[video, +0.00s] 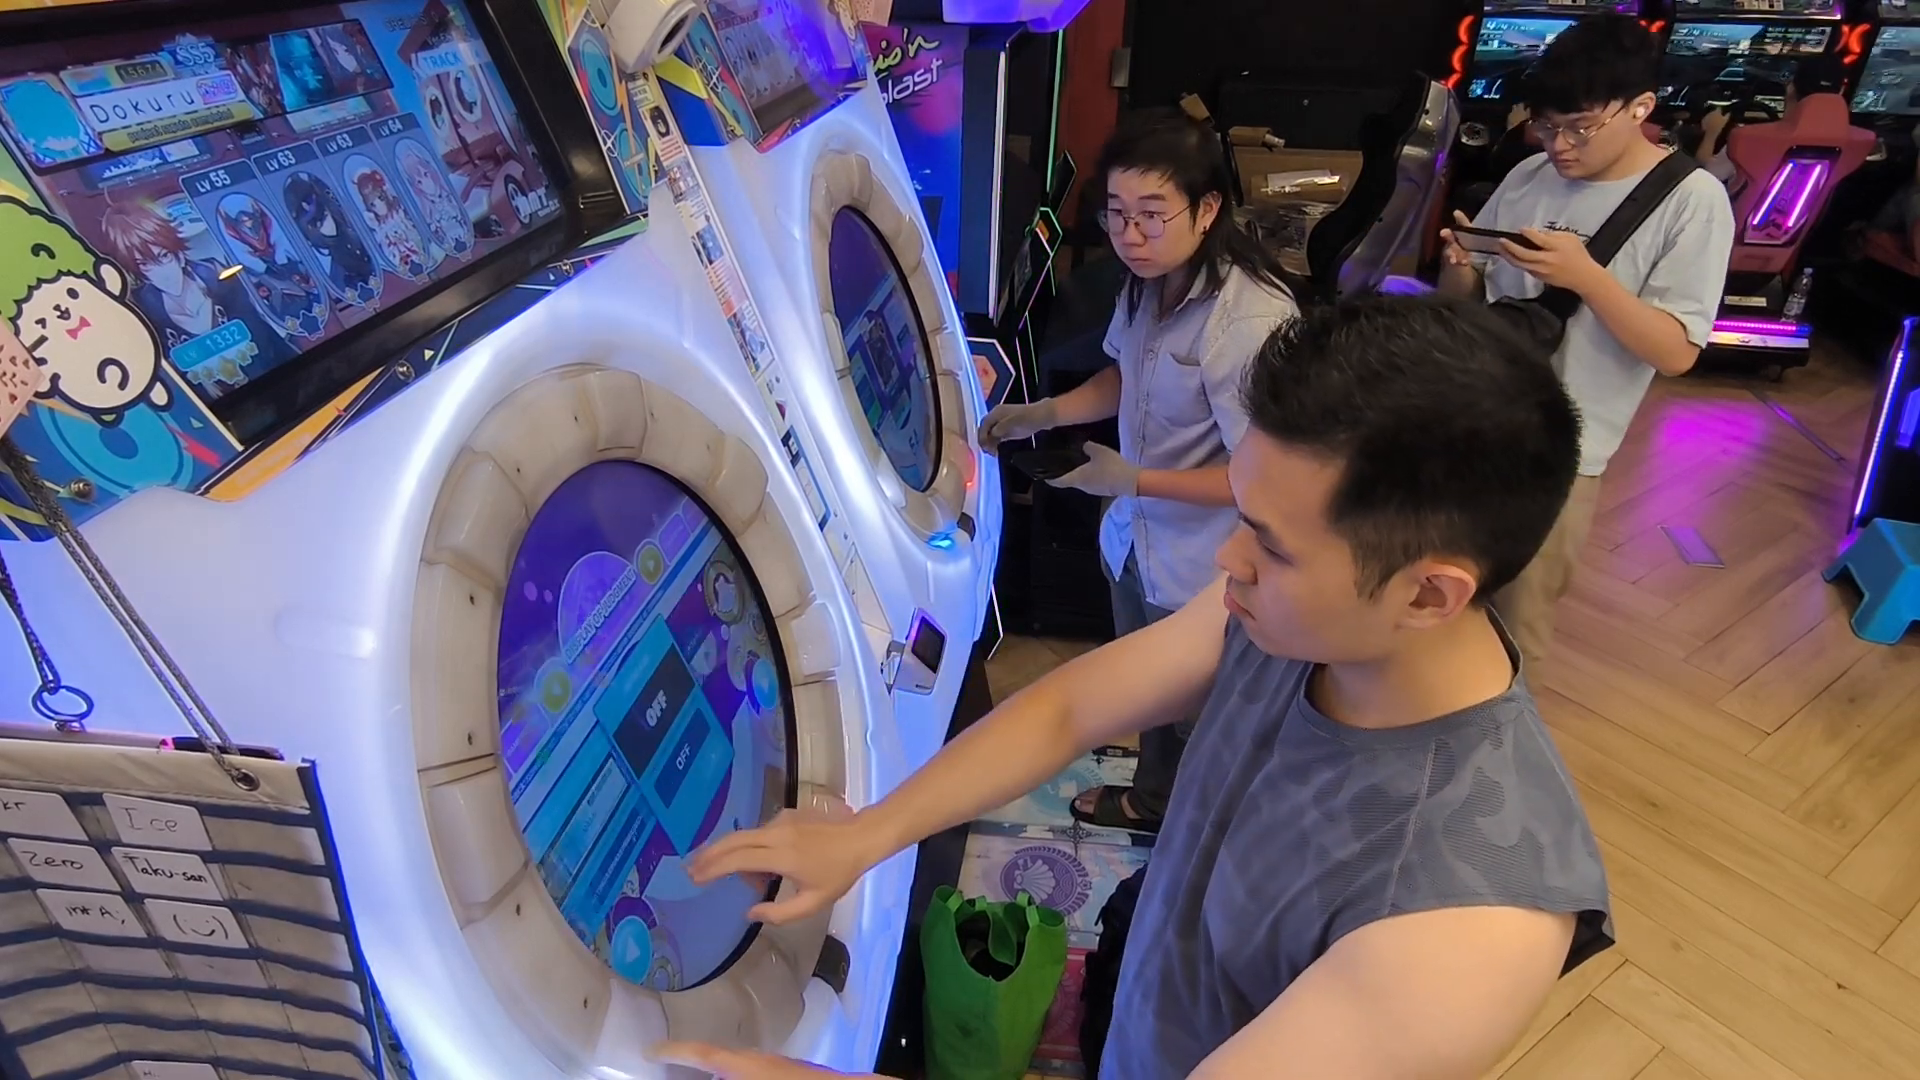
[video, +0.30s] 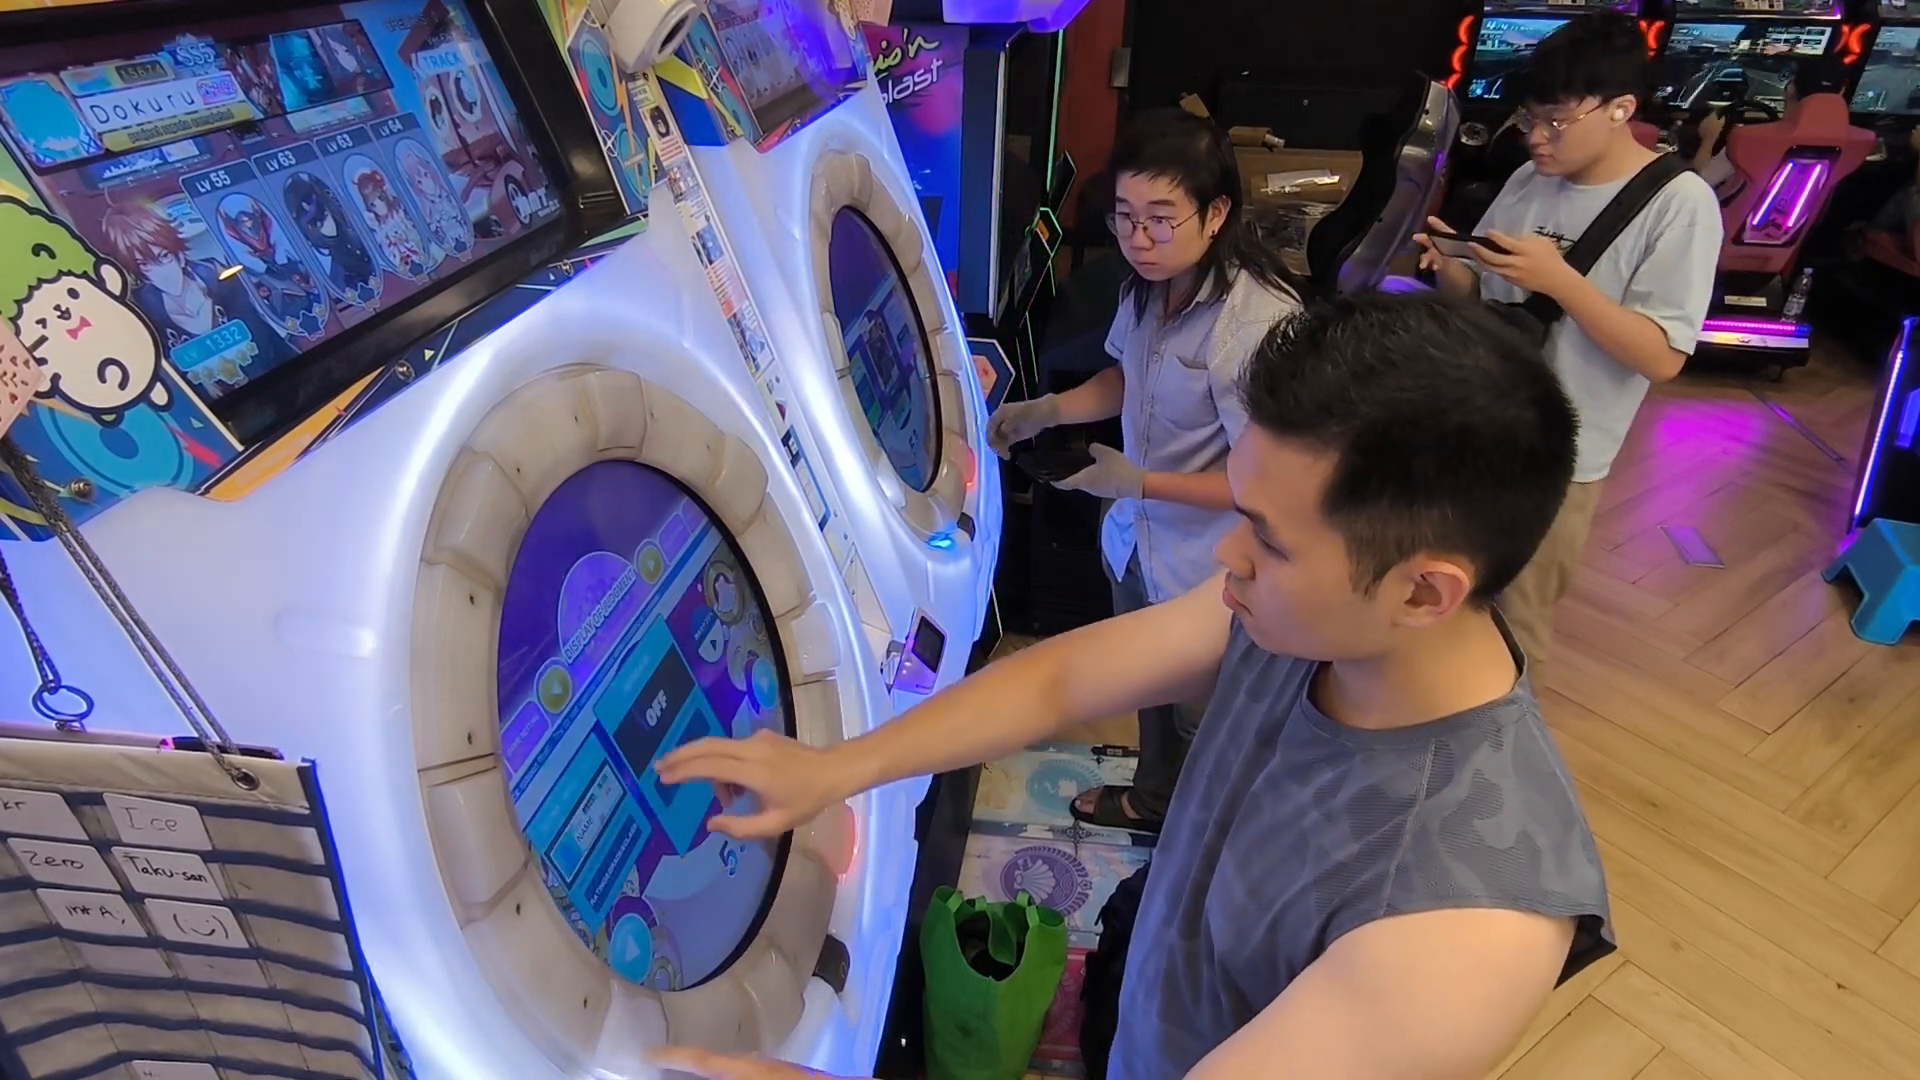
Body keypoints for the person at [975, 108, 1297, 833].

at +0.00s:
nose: (1130, 233)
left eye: (1152, 214)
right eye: (1117, 212)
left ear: (1207, 212)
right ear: (1105, 209)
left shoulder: (1247, 324)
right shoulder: (1145, 284)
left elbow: (1259, 481)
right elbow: (1124, 379)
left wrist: (1134, 479)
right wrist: (1043, 414)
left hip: (1202, 567)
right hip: (1135, 534)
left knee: (1187, 706)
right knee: (1145, 684)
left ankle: (1173, 817)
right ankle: (1151, 789)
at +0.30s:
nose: (1137, 236)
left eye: (1161, 218)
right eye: (1125, 214)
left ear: (1216, 216)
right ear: (1113, 208)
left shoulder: (1256, 328)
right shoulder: (1148, 288)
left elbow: (1256, 485)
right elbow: (1126, 379)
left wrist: (1141, 482)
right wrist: (1049, 411)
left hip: (1210, 567)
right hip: (1140, 534)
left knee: (1199, 705)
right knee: (1148, 681)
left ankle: (1198, 820)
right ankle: (1154, 792)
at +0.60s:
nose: (1128, 268)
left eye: (1143, 254)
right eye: (1119, 251)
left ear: (1204, 233)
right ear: (1109, 228)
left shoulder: (1262, 331)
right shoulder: (1155, 286)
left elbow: (1266, 488)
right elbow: (1133, 383)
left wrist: (1142, 471)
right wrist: (1090, 405)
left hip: (1211, 557)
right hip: (1148, 530)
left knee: (1197, 702)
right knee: (1153, 678)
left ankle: (1197, 829)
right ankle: (1152, 794)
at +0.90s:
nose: (1128, 283)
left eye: (1138, 271)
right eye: (1120, 270)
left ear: (1195, 248)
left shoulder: (1261, 332)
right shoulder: (1163, 291)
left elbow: (1267, 489)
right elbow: (1148, 387)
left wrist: (1142, 467)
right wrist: (1093, 403)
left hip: (1219, 547)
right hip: (1155, 526)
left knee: (1206, 690)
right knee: (1154, 669)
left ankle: (1199, 815)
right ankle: (1151, 790)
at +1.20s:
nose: (1128, 293)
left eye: (1138, 281)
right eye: (1120, 281)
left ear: (1193, 259)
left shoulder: (1263, 336)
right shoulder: (1171, 295)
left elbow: (1259, 487)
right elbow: (1153, 385)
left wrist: (1139, 462)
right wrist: (1097, 402)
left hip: (1210, 546)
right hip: (1148, 525)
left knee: (1190, 687)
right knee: (1148, 675)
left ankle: (1180, 806)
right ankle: (1151, 791)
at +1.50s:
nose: (1129, 300)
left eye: (1138, 288)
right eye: (1120, 289)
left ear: (1192, 264)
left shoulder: (1262, 336)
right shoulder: (1167, 300)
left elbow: (1253, 489)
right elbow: (1147, 385)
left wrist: (1140, 463)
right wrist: (1096, 402)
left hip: (1205, 552)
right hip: (1144, 530)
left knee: (1184, 696)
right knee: (1143, 683)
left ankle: (1167, 809)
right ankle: (1144, 794)